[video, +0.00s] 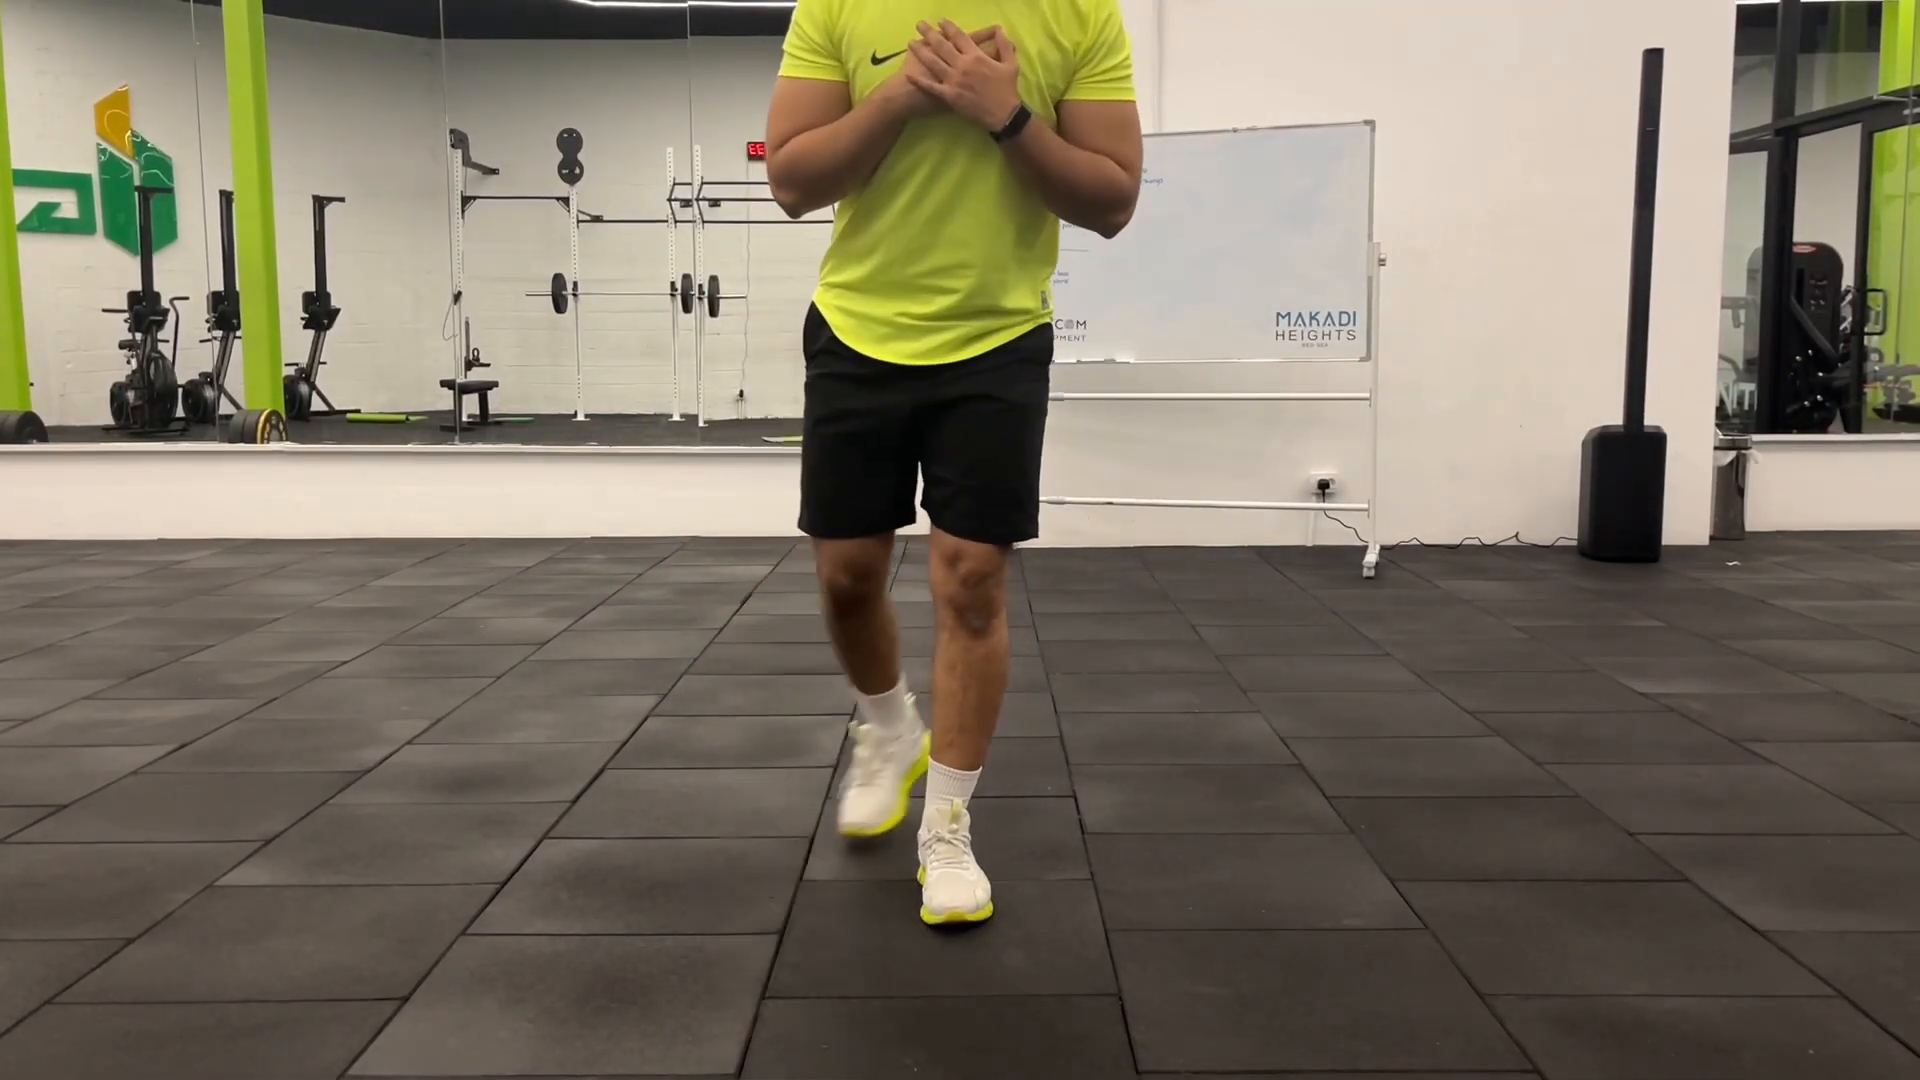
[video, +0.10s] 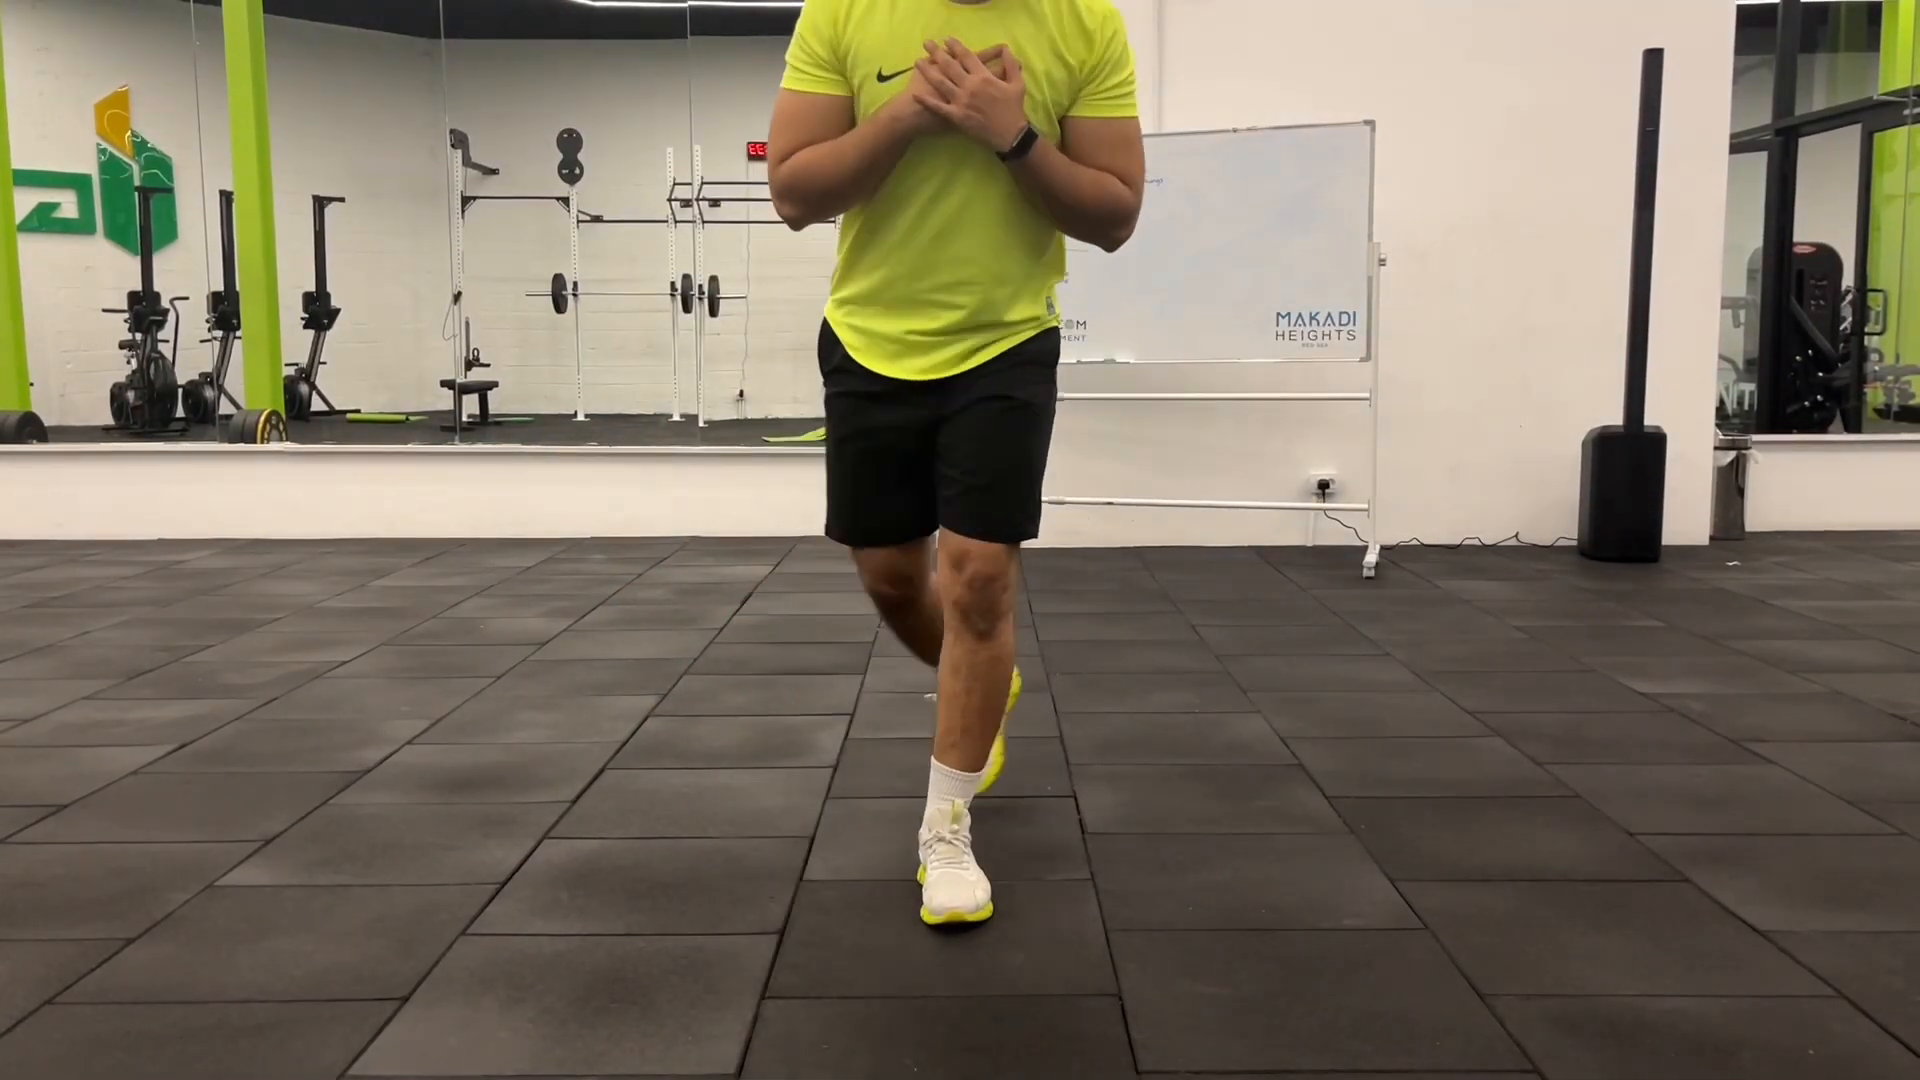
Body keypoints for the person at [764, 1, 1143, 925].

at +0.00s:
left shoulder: (1079, 15)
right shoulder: (836, 8)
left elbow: (1112, 199)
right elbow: (792, 182)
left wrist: (1006, 114)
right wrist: (902, 94)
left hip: (996, 330)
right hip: (858, 324)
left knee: (972, 582)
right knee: (847, 576)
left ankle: (949, 826)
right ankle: (888, 729)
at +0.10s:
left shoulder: (1082, 20)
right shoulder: (842, 11)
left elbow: (1114, 215)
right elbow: (794, 192)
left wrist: (1019, 136)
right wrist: (908, 110)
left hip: (1005, 331)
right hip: (870, 330)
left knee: (977, 582)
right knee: (891, 581)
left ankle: (947, 829)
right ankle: (983, 675)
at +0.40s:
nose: (993, 46)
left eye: (1016, 21)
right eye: (972, 20)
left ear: (1041, 24)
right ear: (933, 18)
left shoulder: (1091, 148)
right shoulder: (853, 140)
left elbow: (1126, 322)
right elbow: (816, 320)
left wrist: (1029, 270)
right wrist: (928, 252)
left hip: (1033, 395)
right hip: (908, 411)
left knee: (973, 607)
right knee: (998, 604)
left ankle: (946, 834)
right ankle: (1093, 684)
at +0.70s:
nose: (994, 177)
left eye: (1015, 151)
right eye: (973, 150)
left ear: (1043, 149)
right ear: (937, 150)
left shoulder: (1103, 265)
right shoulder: (877, 266)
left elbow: (1142, 426)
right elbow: (851, 430)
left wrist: (1036, 386)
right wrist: (937, 373)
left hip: (1058, 484)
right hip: (940, 509)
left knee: (970, 609)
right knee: (1029, 729)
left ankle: (944, 831)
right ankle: (1126, 687)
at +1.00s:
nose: (999, 217)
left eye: (1020, 193)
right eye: (979, 192)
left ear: (1048, 193)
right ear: (946, 191)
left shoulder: (1106, 313)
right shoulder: (885, 313)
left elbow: (1144, 473)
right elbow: (858, 477)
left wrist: (1040, 426)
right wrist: (943, 413)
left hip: (1063, 523)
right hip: (944, 546)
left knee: (970, 613)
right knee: (1028, 782)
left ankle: (943, 831)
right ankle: (1124, 693)